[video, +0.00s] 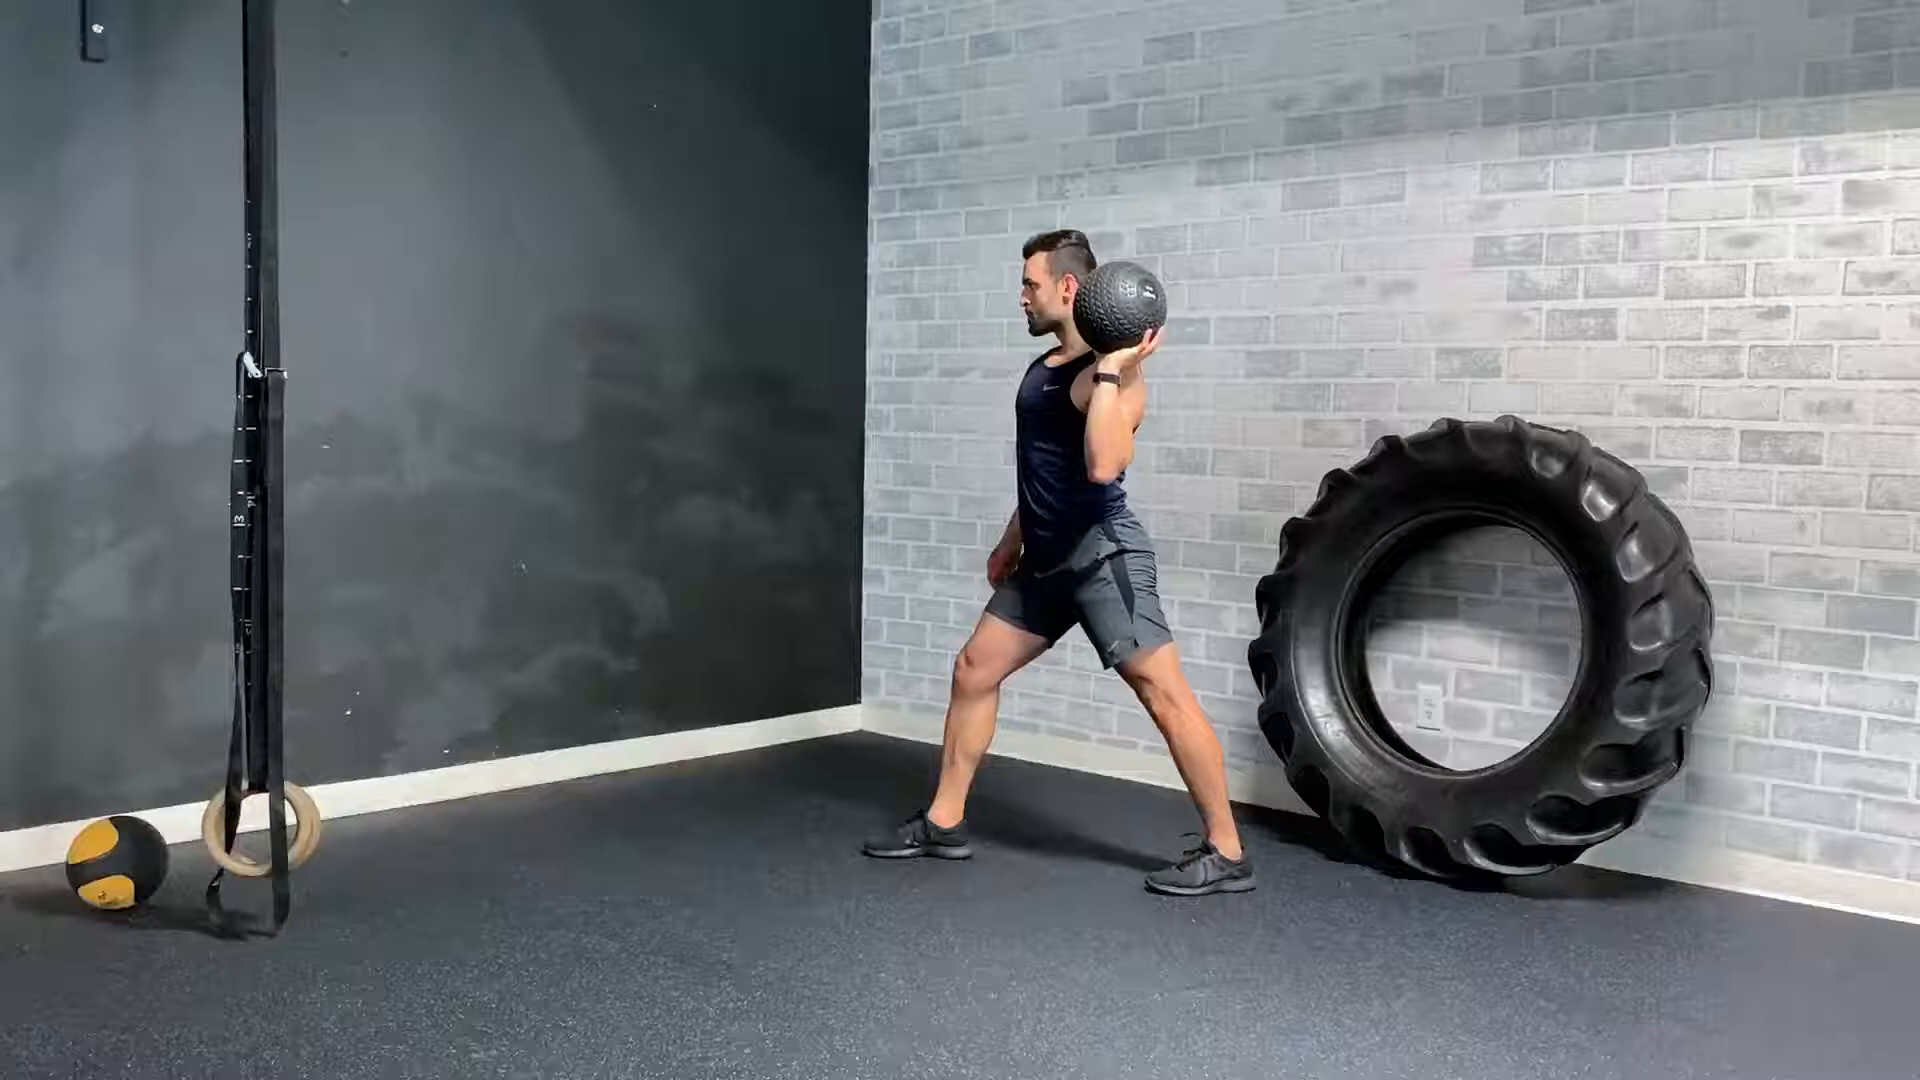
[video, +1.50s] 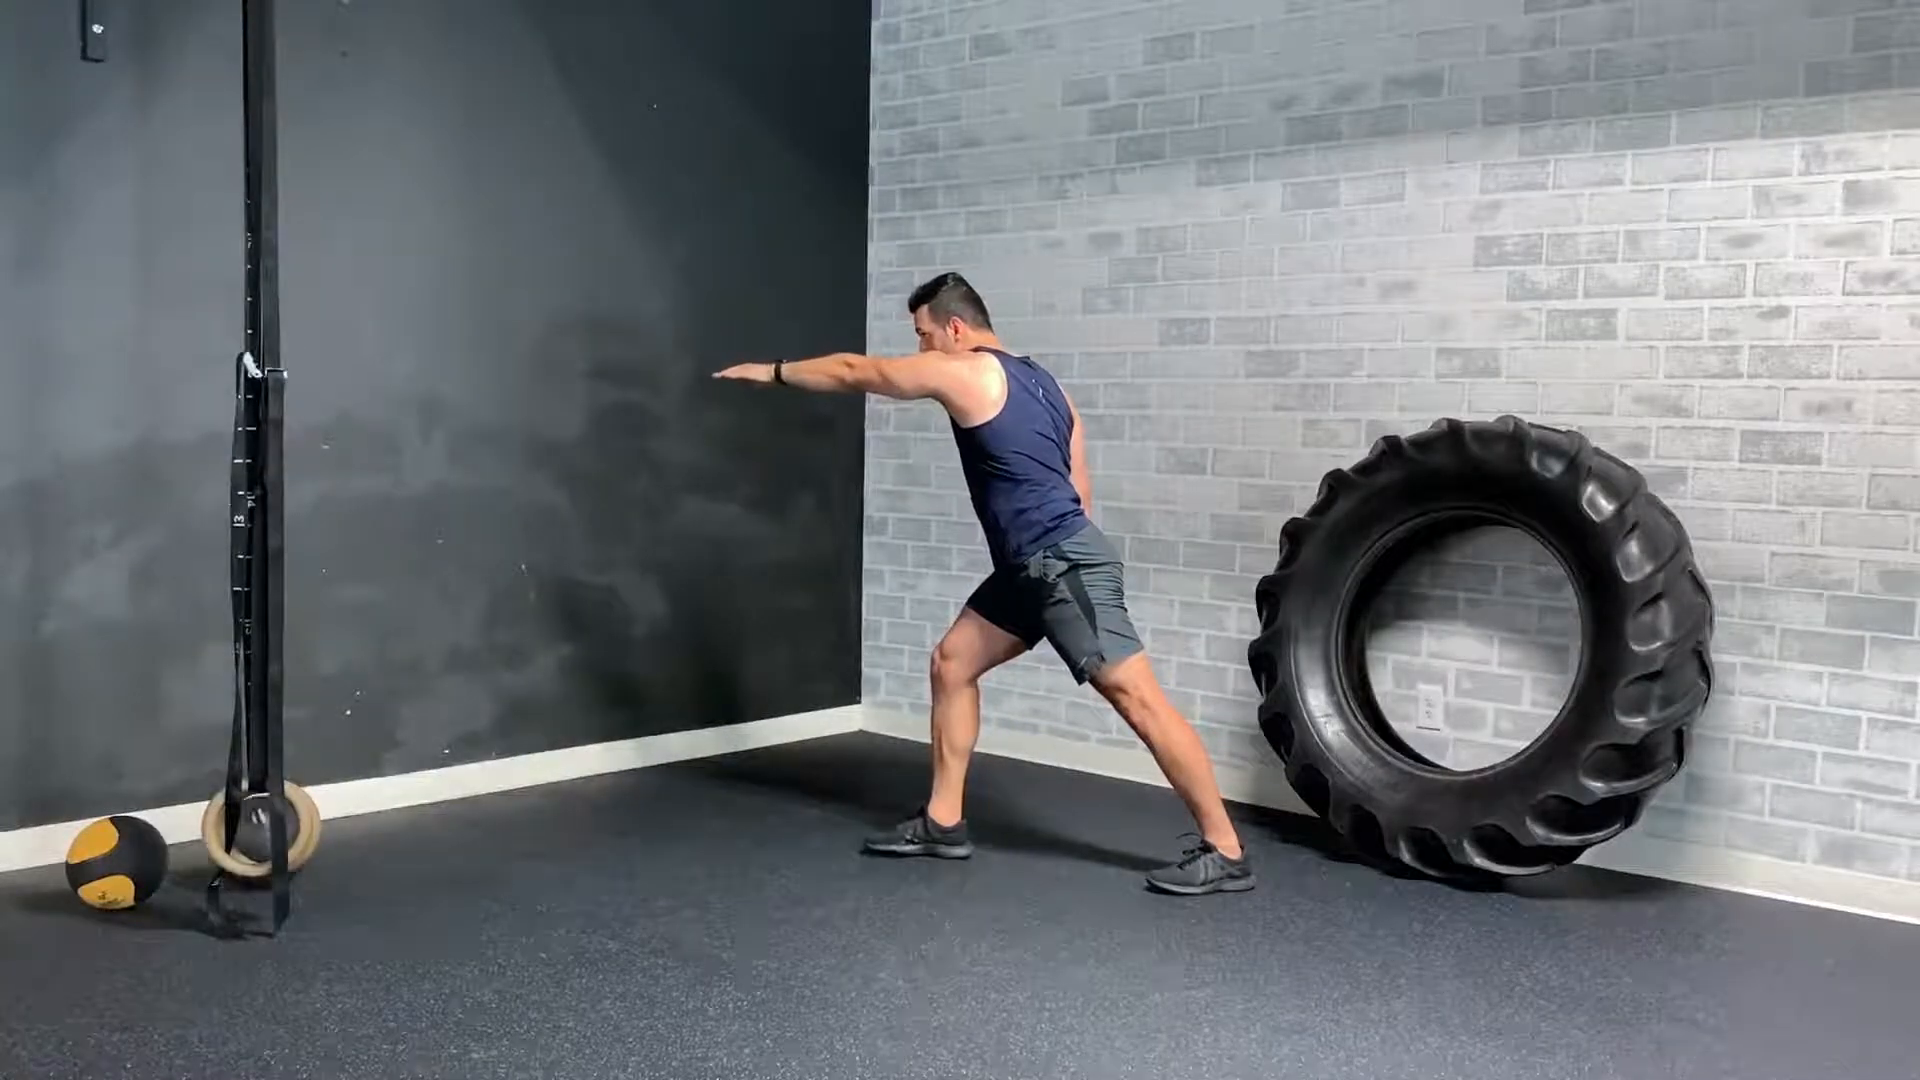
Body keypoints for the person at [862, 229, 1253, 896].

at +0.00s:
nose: (1023, 297)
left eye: (1032, 286)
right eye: (1024, 286)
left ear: (1071, 287)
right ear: (1063, 289)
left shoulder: (1115, 379)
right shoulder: (1048, 363)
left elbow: (1105, 468)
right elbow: (1042, 469)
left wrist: (1109, 378)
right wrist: (1013, 540)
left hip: (1105, 552)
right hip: (1046, 556)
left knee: (1166, 697)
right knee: (974, 674)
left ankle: (1226, 850)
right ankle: (943, 825)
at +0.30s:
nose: (1009, 302)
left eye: (1019, 290)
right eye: (1009, 290)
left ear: (1060, 291)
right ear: (1050, 295)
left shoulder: (1103, 376)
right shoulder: (1036, 367)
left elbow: (1112, 466)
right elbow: (1036, 469)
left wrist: (1112, 373)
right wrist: (1019, 540)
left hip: (1103, 553)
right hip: (1044, 555)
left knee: (1159, 695)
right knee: (967, 672)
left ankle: (1227, 850)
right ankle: (943, 824)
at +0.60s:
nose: (935, 322)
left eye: (941, 309)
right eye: (934, 311)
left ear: (976, 304)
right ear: (977, 307)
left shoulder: (1010, 366)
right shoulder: (999, 367)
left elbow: (931, 388)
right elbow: (1061, 459)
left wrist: (876, 333)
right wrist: (1054, 520)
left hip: (1064, 555)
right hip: (1026, 560)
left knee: (1137, 694)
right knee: (948, 665)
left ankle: (1221, 845)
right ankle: (941, 825)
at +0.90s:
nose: (905, 352)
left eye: (908, 340)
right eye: (904, 342)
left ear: (938, 329)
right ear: (956, 326)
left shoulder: (944, 375)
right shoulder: (1029, 382)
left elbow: (844, 371)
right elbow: (1068, 481)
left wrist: (784, 362)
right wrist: (1049, 549)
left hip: (1055, 562)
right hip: (1033, 566)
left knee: (1138, 701)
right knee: (949, 661)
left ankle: (1223, 849)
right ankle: (942, 823)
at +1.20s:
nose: (913, 352)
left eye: (916, 339)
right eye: (911, 341)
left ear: (946, 328)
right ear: (968, 328)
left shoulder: (951, 370)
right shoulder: (1040, 386)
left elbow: (847, 371)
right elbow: (1076, 490)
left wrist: (766, 366)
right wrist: (1063, 552)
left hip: (1061, 561)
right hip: (1036, 570)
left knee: (1143, 703)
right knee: (953, 662)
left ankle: (1225, 849)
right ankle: (941, 824)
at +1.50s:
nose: (921, 350)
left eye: (923, 337)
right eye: (920, 339)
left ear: (954, 327)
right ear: (974, 325)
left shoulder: (962, 370)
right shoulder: (1046, 386)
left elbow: (858, 372)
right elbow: (1076, 491)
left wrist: (773, 370)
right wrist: (1065, 551)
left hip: (1063, 561)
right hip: (1036, 569)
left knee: (1140, 701)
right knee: (953, 661)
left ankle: (1225, 850)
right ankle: (943, 822)